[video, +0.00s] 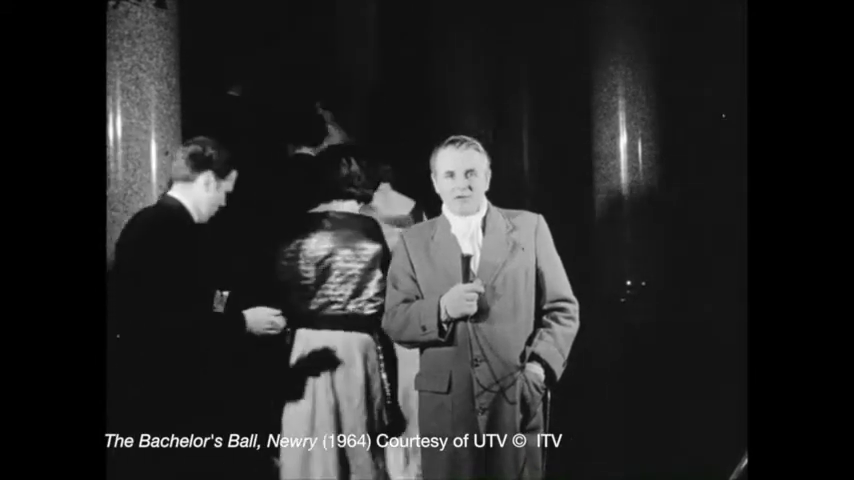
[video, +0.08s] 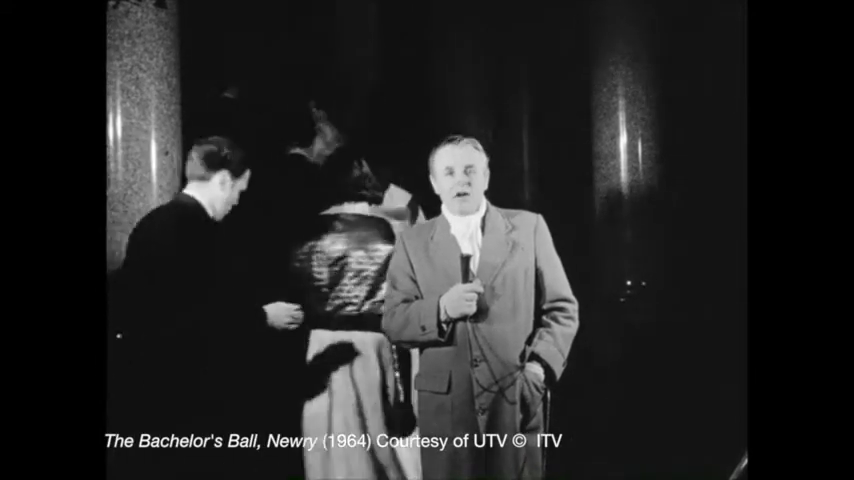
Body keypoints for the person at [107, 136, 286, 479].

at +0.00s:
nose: (224, 203)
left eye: (228, 194)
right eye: (226, 192)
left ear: (196, 178)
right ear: (206, 181)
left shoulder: (150, 225)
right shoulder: (172, 233)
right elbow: (172, 325)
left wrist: (210, 302)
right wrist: (242, 322)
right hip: (166, 394)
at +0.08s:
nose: (239, 201)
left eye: (242, 192)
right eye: (240, 190)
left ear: (193, 175)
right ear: (222, 180)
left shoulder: (152, 225)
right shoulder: (199, 233)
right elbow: (203, 312)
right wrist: (263, 315)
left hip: (160, 378)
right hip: (192, 383)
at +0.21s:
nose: (259, 198)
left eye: (260, 188)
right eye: (258, 187)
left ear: (214, 178)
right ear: (245, 181)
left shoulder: (172, 227)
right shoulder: (231, 235)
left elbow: (144, 304)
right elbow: (236, 313)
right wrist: (291, 315)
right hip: (214, 374)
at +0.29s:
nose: (271, 203)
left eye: (271, 194)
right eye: (270, 193)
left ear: (229, 184)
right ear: (262, 189)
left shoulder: (187, 231)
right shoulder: (253, 239)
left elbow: (156, 303)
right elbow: (261, 316)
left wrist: (145, 355)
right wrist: (309, 316)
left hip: (183, 358)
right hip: (232, 365)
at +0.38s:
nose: (287, 204)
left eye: (287, 195)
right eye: (287, 194)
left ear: (245, 183)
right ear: (279, 190)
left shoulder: (204, 230)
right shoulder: (273, 239)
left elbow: (173, 302)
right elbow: (282, 315)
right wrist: (326, 314)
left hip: (211, 365)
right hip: (260, 371)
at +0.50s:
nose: (308, 202)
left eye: (310, 194)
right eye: (310, 193)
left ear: (266, 179)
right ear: (300, 186)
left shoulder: (228, 220)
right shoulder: (293, 227)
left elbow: (198, 296)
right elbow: (302, 310)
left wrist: (214, 339)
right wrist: (350, 307)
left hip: (232, 361)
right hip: (284, 363)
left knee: (247, 461)